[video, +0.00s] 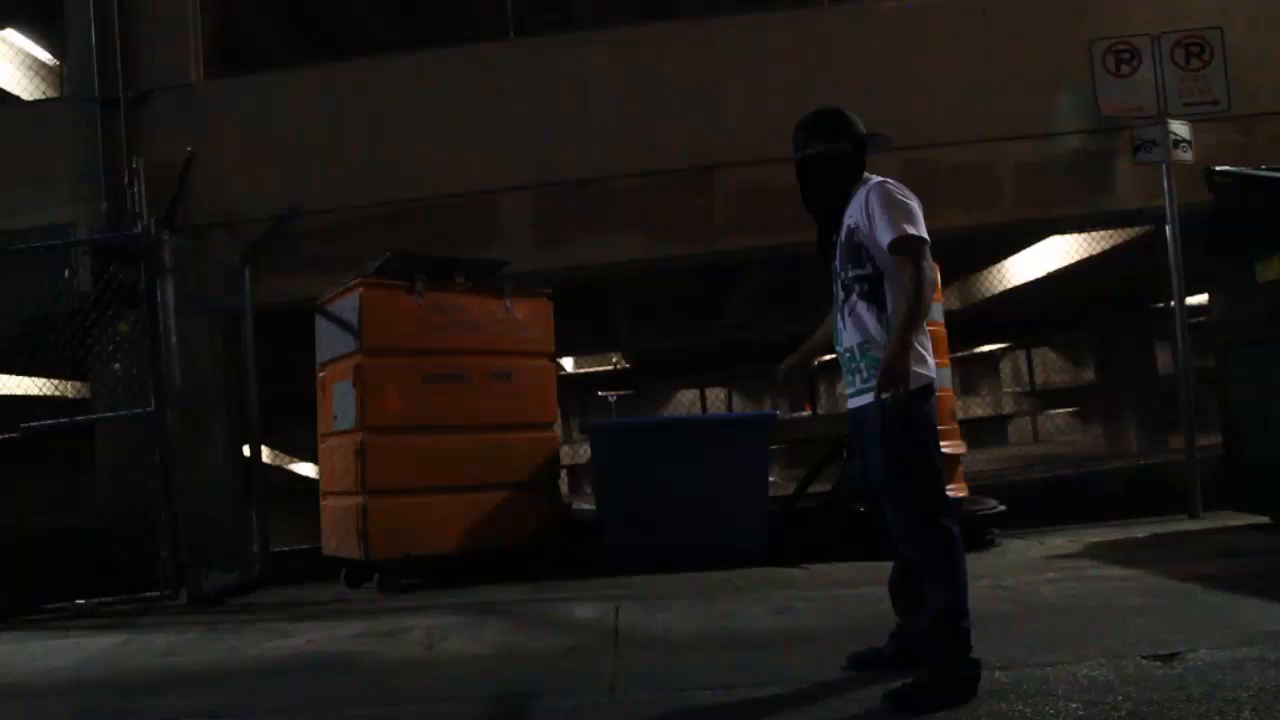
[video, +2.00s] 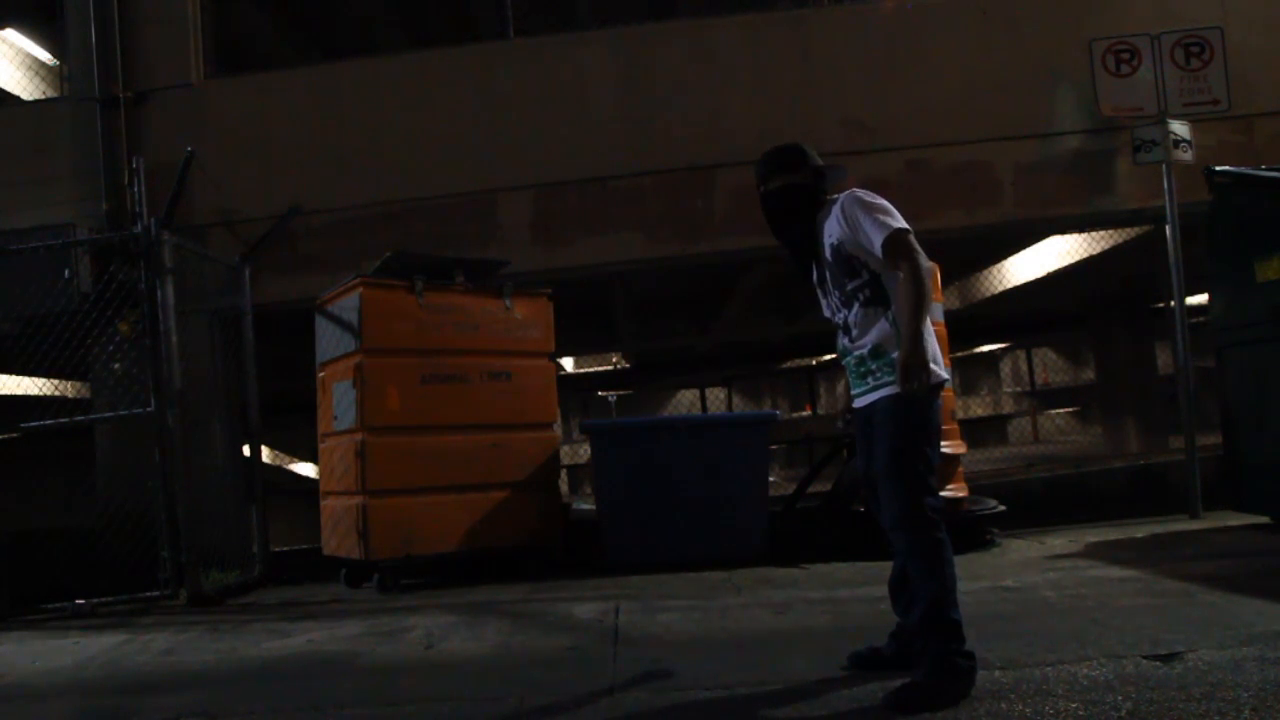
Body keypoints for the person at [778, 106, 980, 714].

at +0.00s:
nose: (805, 174)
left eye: (812, 160)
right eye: (802, 163)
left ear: (842, 155)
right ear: (825, 162)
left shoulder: (879, 194)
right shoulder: (849, 218)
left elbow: (915, 273)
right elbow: (851, 310)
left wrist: (896, 352)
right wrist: (805, 359)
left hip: (903, 390)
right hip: (874, 395)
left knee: (926, 521)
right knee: (898, 521)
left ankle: (951, 665)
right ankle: (914, 638)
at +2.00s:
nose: (773, 207)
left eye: (778, 193)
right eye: (768, 197)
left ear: (806, 182)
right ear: (784, 194)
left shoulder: (852, 206)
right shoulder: (823, 244)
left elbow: (912, 264)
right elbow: (861, 321)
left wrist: (912, 353)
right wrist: (860, 392)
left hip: (904, 393)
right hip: (876, 402)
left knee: (915, 520)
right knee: (897, 520)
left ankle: (947, 660)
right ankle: (914, 638)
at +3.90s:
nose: (772, 210)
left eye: (779, 195)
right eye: (768, 198)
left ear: (809, 186)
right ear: (783, 197)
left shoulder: (856, 211)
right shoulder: (821, 257)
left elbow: (917, 272)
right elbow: (858, 331)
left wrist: (906, 371)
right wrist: (862, 395)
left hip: (908, 393)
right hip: (876, 401)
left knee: (910, 519)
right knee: (896, 519)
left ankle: (945, 660)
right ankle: (914, 638)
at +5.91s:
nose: (753, 214)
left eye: (759, 200)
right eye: (748, 203)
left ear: (788, 191)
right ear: (760, 205)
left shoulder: (839, 218)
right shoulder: (802, 265)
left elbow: (900, 281)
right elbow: (839, 343)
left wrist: (900, 377)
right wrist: (842, 403)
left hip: (900, 393)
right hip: (867, 404)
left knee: (906, 520)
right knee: (889, 521)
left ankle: (945, 661)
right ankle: (910, 640)